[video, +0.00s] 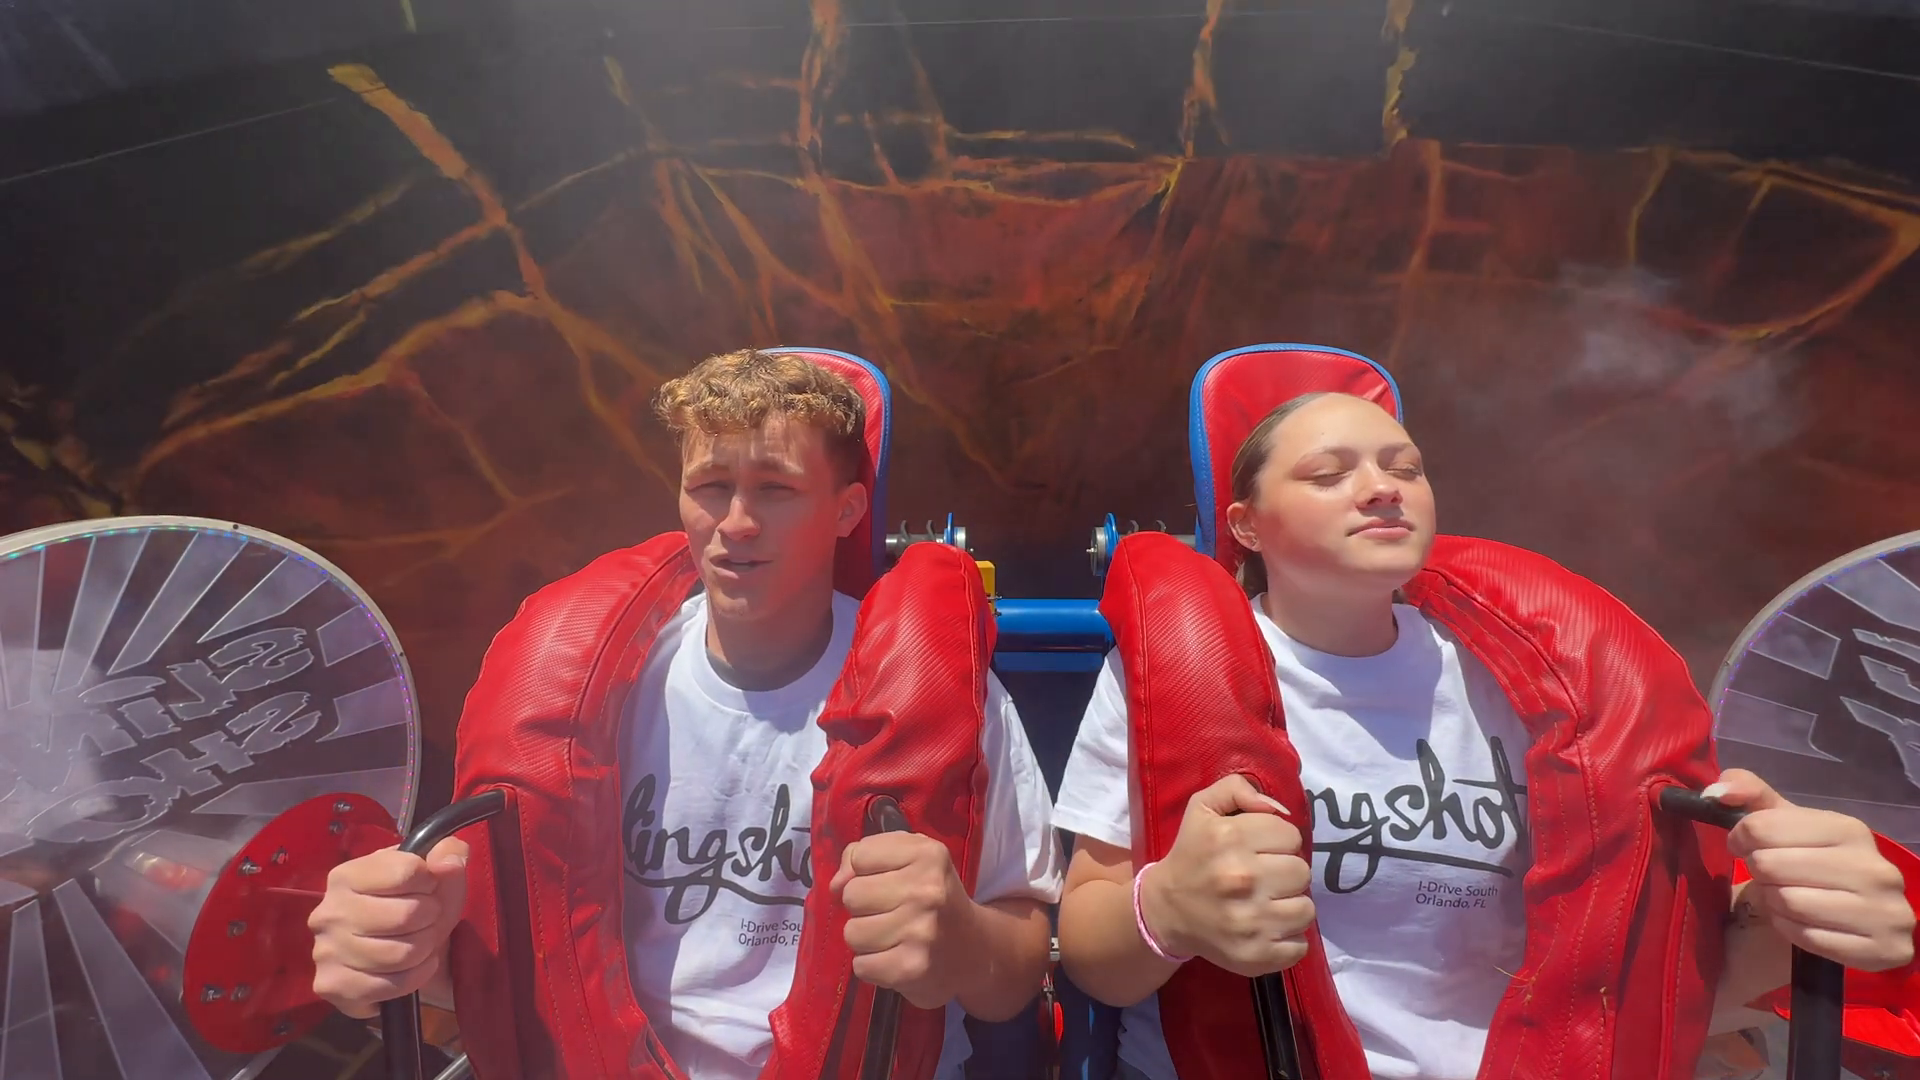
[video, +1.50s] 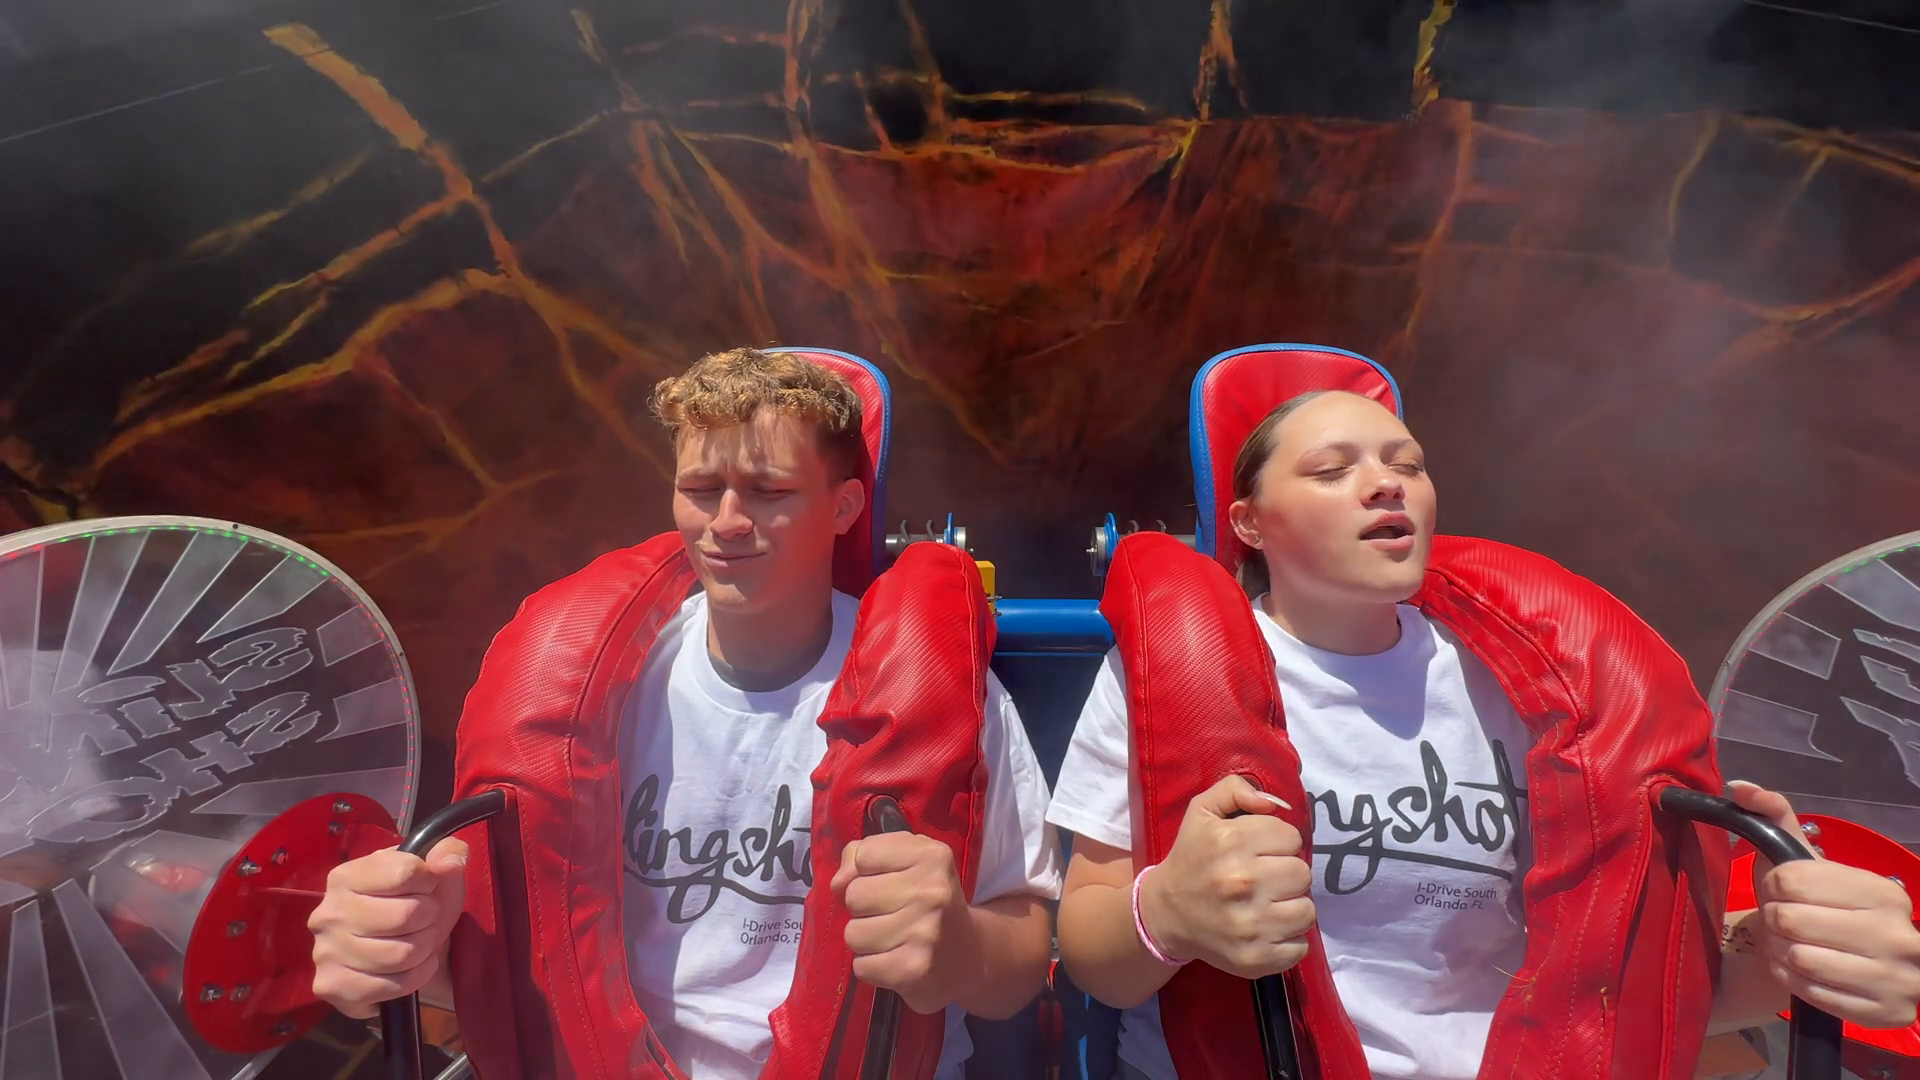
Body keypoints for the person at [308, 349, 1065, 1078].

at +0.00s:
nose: (736, 525)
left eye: (775, 491)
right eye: (712, 488)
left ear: (849, 507)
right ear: (679, 491)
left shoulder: (936, 692)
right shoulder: (582, 672)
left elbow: (1024, 968)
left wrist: (967, 945)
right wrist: (404, 941)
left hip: (828, 1064)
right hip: (610, 1059)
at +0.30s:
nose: (735, 525)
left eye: (773, 491)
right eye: (710, 489)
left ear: (848, 507)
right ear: (679, 494)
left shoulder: (934, 690)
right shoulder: (583, 671)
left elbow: (1027, 962)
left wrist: (967, 947)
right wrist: (407, 939)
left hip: (826, 1064)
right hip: (608, 1059)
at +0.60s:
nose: (735, 524)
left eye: (774, 490)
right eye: (711, 488)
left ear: (849, 505)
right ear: (679, 493)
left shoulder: (933, 688)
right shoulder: (583, 670)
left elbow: (1026, 961)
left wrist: (967, 946)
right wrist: (408, 940)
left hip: (831, 1063)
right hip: (612, 1058)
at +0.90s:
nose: (730, 523)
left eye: (770, 490)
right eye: (707, 488)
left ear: (847, 507)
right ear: (675, 492)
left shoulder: (935, 689)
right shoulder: (582, 672)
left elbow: (1024, 964)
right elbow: (504, 931)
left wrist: (967, 944)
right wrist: (408, 943)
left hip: (831, 1063)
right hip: (611, 1058)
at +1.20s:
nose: (727, 521)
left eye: (767, 490)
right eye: (703, 488)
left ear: (846, 505)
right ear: (675, 492)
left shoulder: (935, 688)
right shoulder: (583, 674)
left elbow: (1024, 963)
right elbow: (507, 938)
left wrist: (970, 945)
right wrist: (405, 943)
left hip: (835, 1063)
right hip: (614, 1058)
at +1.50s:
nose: (727, 522)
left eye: (767, 491)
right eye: (703, 489)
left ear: (846, 505)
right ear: (674, 493)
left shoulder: (934, 688)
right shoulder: (584, 674)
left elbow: (1026, 953)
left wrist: (961, 950)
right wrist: (413, 946)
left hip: (835, 1063)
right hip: (614, 1057)